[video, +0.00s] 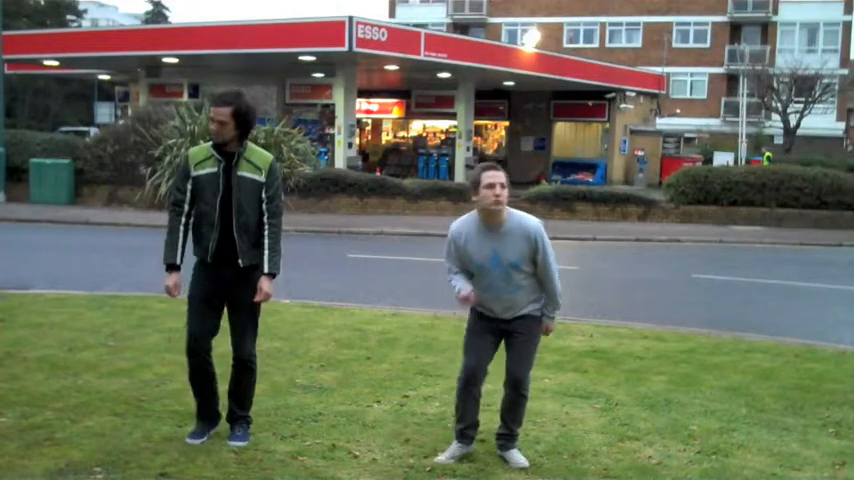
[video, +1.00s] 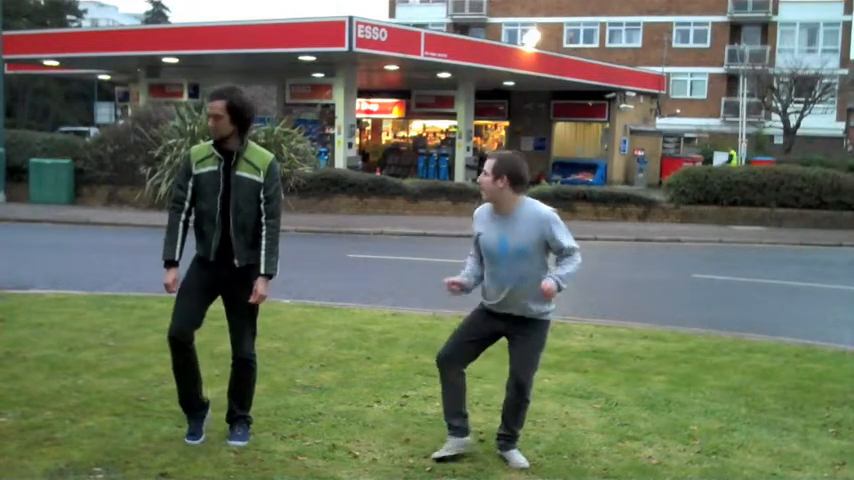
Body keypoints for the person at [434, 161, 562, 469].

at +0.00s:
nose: (497, 193)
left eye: (502, 187)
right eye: (489, 187)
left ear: (508, 192)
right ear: (476, 195)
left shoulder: (531, 228)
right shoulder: (460, 230)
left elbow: (549, 274)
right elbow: (454, 270)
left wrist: (550, 313)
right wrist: (463, 287)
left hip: (526, 316)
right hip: (484, 314)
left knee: (518, 380)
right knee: (470, 373)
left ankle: (507, 444)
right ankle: (463, 441)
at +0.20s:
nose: (512, 186)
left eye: (514, 181)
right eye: (503, 182)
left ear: (518, 186)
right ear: (485, 192)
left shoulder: (536, 225)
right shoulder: (466, 227)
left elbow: (553, 269)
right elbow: (458, 264)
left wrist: (552, 307)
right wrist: (456, 282)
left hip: (526, 316)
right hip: (483, 312)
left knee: (520, 380)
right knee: (446, 363)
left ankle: (507, 445)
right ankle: (451, 436)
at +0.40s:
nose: (517, 184)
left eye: (518, 178)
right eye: (508, 179)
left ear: (522, 183)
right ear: (489, 188)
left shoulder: (539, 222)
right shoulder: (469, 225)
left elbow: (553, 267)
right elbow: (458, 263)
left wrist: (551, 305)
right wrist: (449, 282)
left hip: (526, 315)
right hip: (485, 313)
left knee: (520, 381)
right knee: (471, 373)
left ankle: (507, 445)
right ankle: (457, 438)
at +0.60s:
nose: (489, 185)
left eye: (497, 180)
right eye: (486, 179)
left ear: (516, 187)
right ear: (481, 185)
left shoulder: (540, 223)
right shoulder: (471, 225)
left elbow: (560, 267)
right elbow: (462, 264)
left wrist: (558, 308)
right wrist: (455, 275)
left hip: (530, 316)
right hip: (489, 313)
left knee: (523, 381)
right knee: (485, 371)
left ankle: (508, 444)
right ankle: (462, 436)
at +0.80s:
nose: (483, 184)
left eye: (491, 178)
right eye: (483, 177)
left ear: (513, 186)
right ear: (486, 183)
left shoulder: (544, 221)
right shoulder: (475, 224)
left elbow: (567, 257)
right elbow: (464, 263)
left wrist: (553, 287)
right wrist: (445, 274)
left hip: (533, 318)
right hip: (492, 313)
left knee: (526, 383)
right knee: (447, 359)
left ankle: (508, 444)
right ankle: (457, 433)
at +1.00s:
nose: (478, 179)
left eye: (484, 174)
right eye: (481, 173)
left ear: (503, 182)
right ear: (500, 181)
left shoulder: (544, 217)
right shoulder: (481, 215)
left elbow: (572, 255)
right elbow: (478, 259)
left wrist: (557, 279)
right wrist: (465, 280)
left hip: (532, 318)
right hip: (491, 311)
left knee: (521, 383)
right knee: (448, 360)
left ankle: (508, 445)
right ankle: (458, 436)